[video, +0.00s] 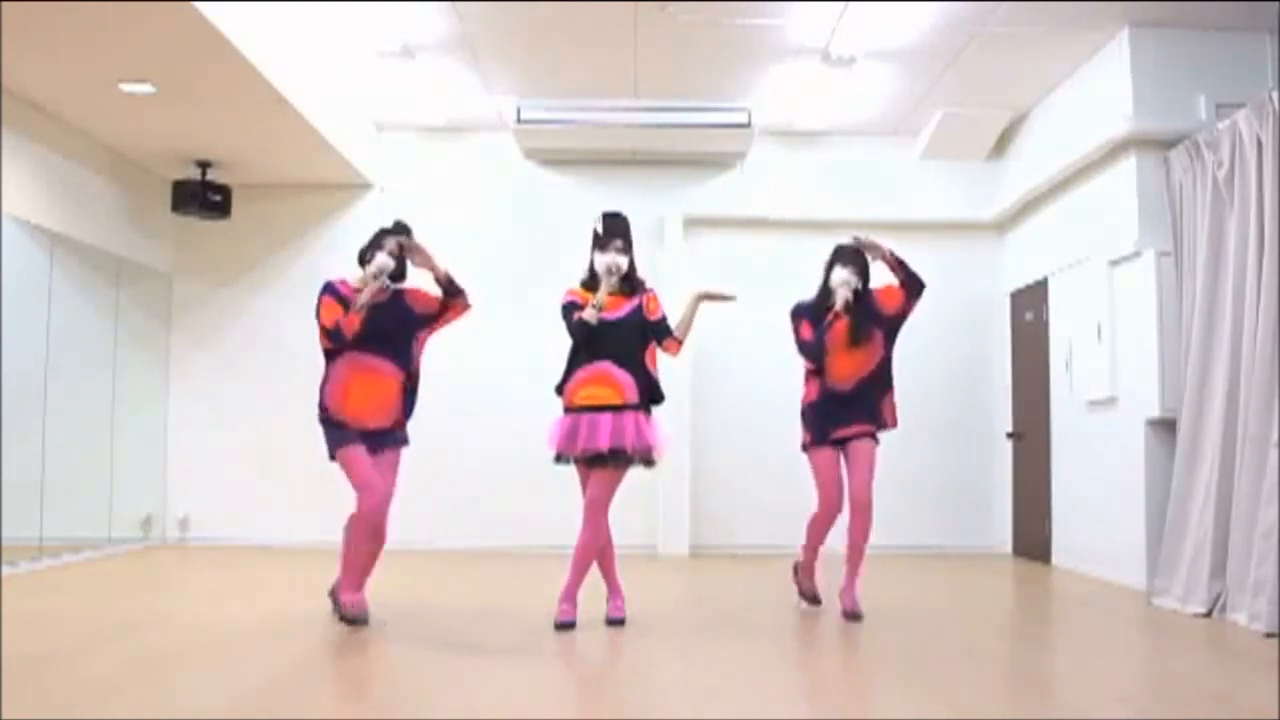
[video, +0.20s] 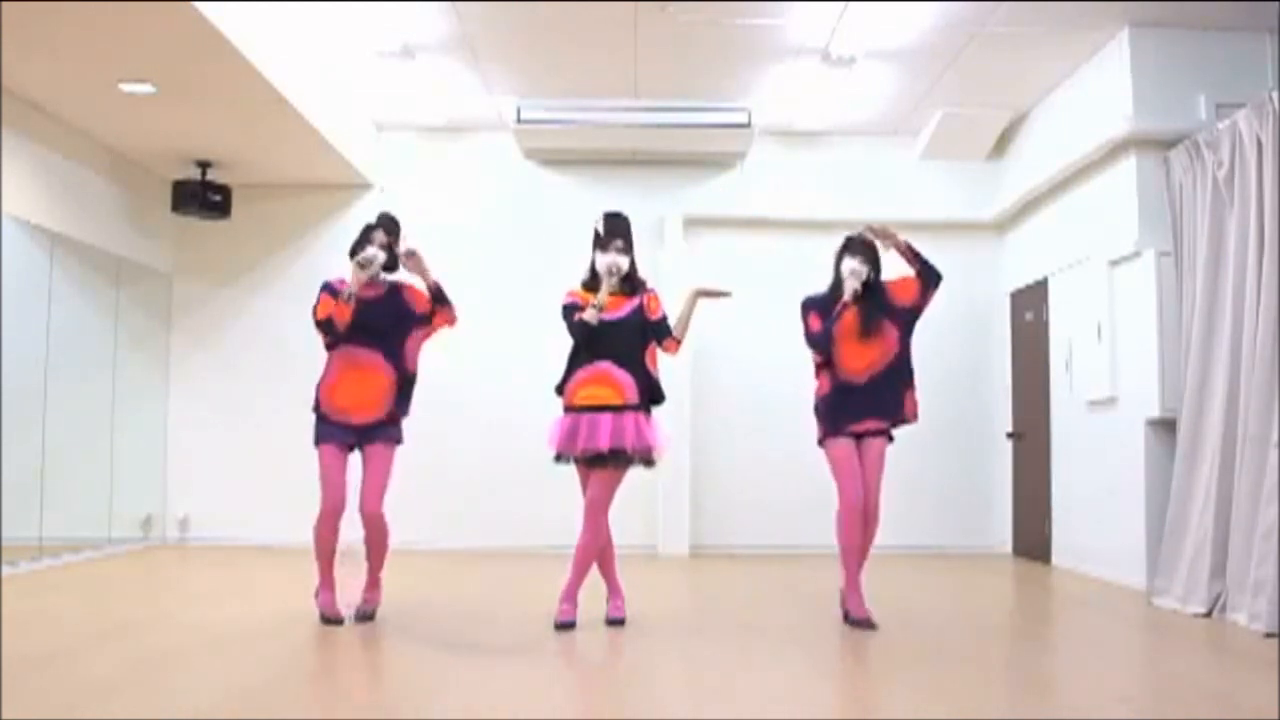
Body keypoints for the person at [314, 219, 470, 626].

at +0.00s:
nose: (389, 263)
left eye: (398, 257)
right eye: (383, 253)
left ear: (403, 267)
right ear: (366, 256)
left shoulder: (412, 307)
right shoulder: (339, 293)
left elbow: (459, 304)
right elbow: (334, 339)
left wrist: (430, 264)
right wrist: (364, 299)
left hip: (390, 423)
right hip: (343, 418)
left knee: (378, 511)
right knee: (373, 494)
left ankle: (355, 590)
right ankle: (347, 587)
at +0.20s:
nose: (375, 254)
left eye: (384, 249)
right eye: (369, 246)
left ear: (394, 256)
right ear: (356, 248)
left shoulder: (405, 300)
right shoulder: (335, 292)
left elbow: (446, 318)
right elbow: (330, 331)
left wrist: (425, 277)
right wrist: (354, 287)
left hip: (383, 416)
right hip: (334, 412)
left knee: (371, 509)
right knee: (333, 503)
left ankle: (373, 587)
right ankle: (325, 589)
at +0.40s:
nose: (373, 246)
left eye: (382, 241)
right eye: (368, 239)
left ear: (391, 250)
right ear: (356, 245)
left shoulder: (404, 295)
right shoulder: (335, 291)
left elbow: (442, 335)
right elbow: (296, 326)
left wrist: (414, 328)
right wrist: (322, 303)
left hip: (388, 413)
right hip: (340, 412)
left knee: (376, 502)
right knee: (339, 503)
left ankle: (376, 588)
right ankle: (338, 587)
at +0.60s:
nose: (372, 242)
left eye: (380, 237)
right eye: (367, 236)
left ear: (391, 246)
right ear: (355, 243)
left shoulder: (404, 293)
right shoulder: (332, 291)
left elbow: (432, 338)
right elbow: (303, 332)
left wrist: (431, 385)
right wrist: (292, 372)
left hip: (388, 407)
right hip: (340, 406)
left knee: (380, 493)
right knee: (344, 495)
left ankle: (375, 587)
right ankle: (347, 586)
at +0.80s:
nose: (368, 248)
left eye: (376, 242)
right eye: (362, 241)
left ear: (386, 249)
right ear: (352, 246)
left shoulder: (400, 297)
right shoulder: (333, 294)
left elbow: (408, 355)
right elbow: (324, 350)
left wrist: (408, 406)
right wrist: (320, 402)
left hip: (386, 405)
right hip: (339, 405)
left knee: (378, 494)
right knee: (344, 496)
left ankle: (374, 586)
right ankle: (347, 586)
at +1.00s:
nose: (365, 248)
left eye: (373, 242)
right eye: (359, 241)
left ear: (384, 249)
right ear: (351, 246)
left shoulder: (399, 296)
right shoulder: (332, 295)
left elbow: (406, 354)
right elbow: (325, 351)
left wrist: (407, 404)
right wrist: (324, 401)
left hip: (385, 403)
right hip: (339, 403)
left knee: (377, 493)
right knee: (344, 495)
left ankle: (373, 586)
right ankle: (348, 586)